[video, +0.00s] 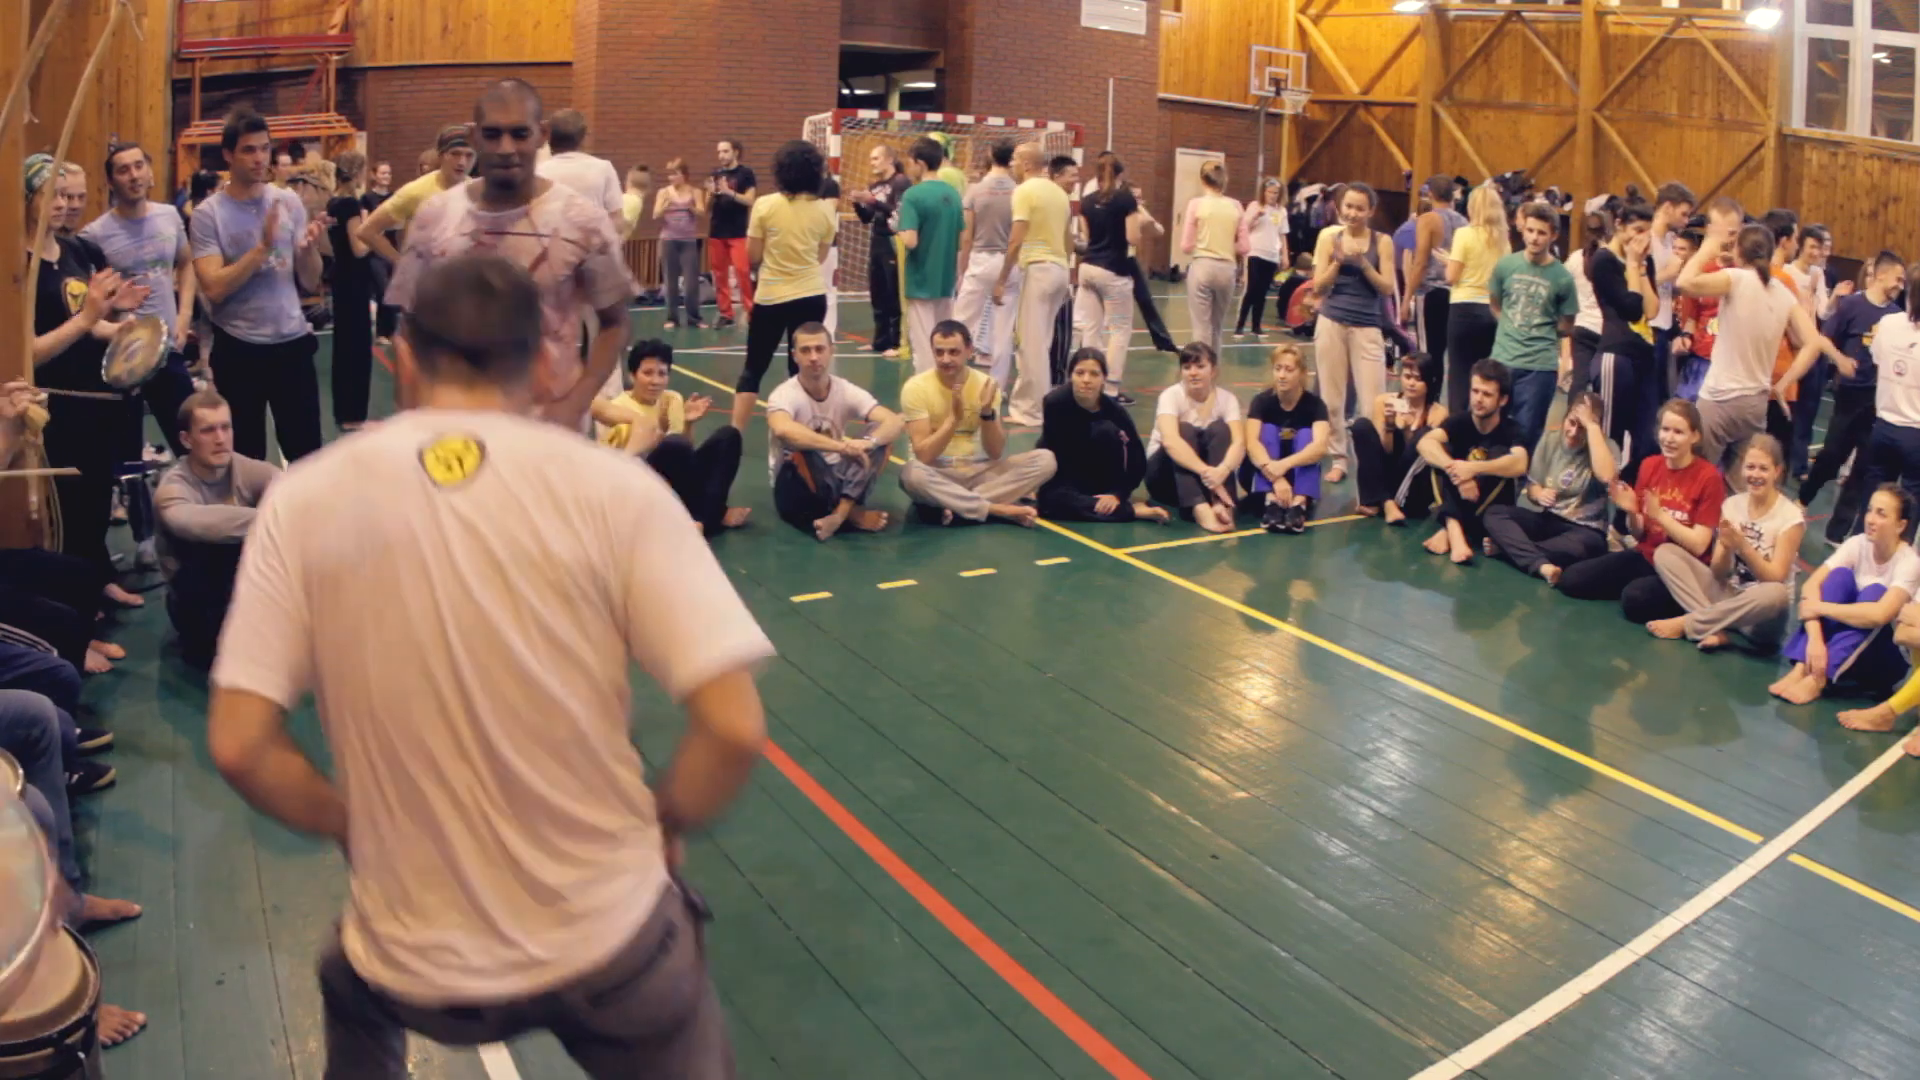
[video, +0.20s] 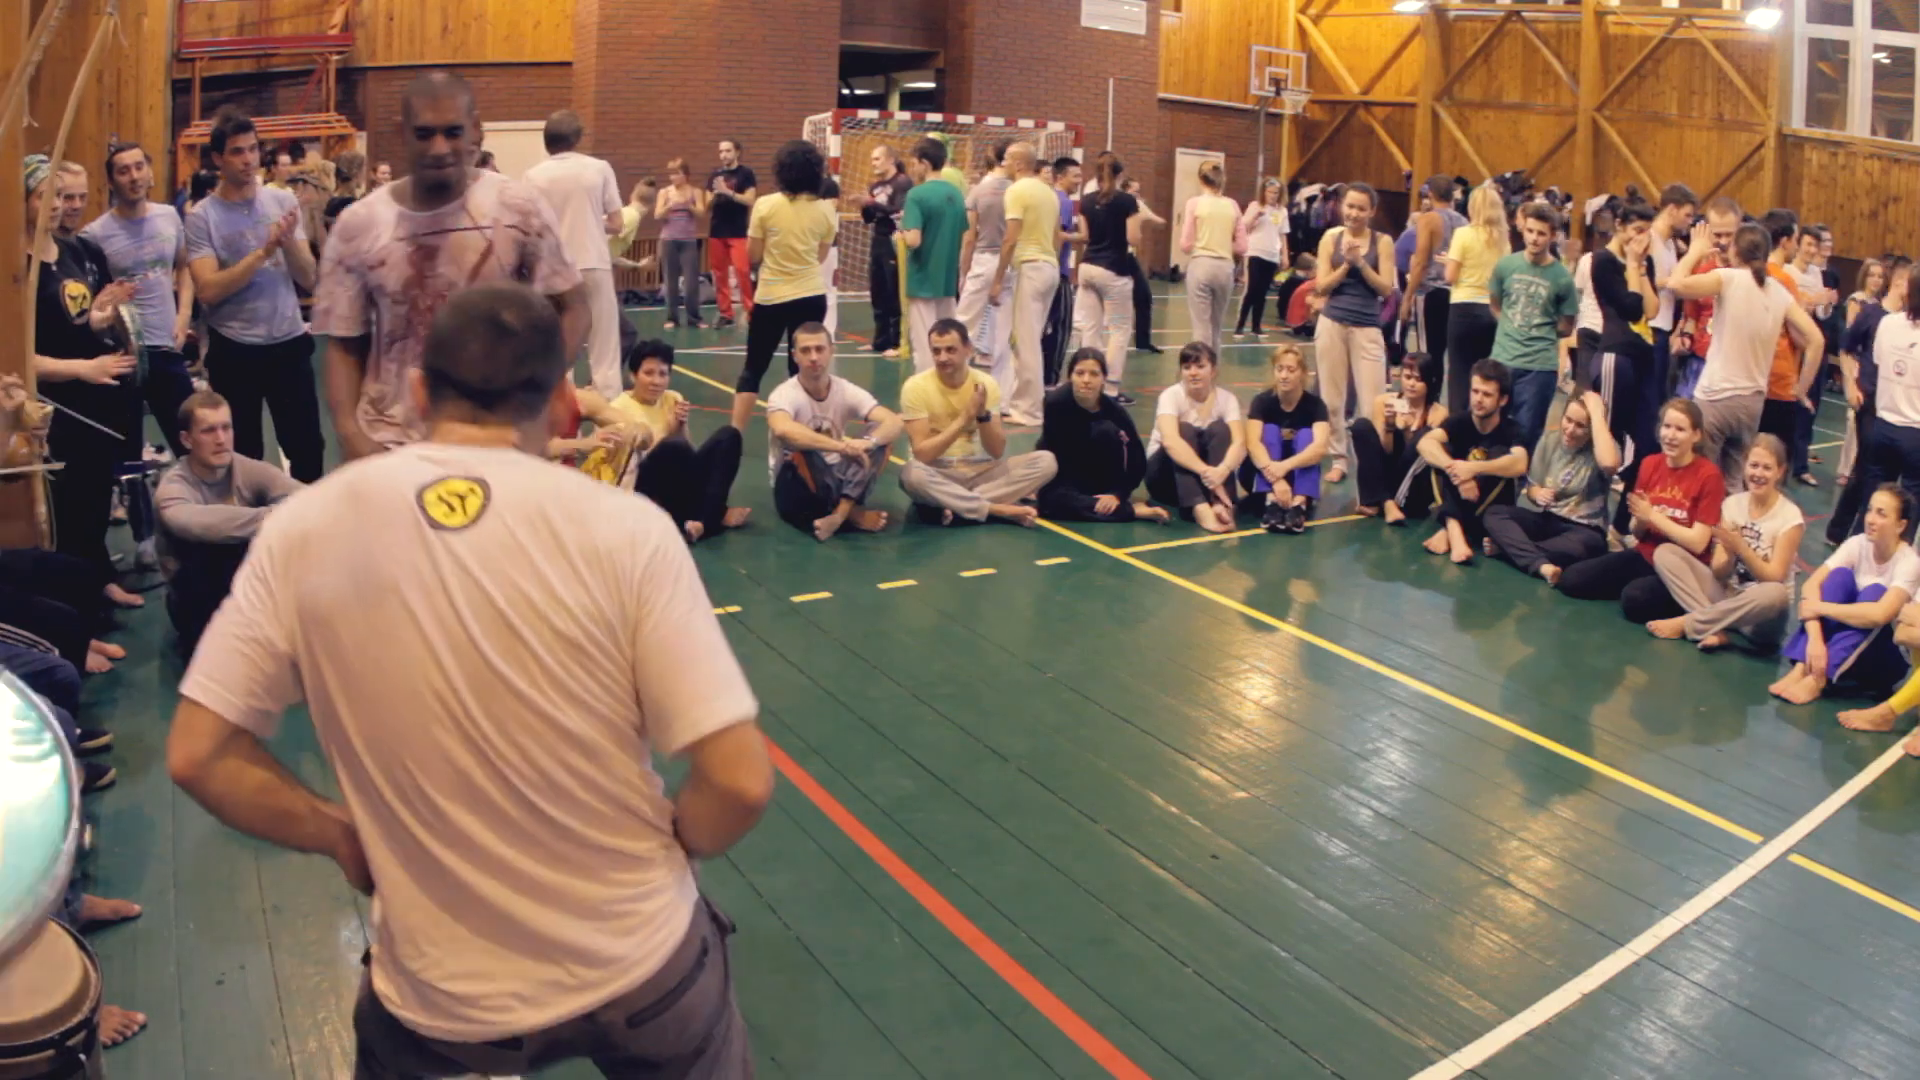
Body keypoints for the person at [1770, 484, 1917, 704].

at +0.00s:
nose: (1870, 519)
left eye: (1881, 514)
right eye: (1869, 511)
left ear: (1901, 526)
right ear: (1864, 513)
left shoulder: (1910, 562)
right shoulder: (1857, 544)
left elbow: (1880, 616)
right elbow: (1810, 586)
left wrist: (1818, 607)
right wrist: (1815, 641)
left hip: (1881, 667)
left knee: (1875, 592)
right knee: (1840, 577)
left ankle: (1817, 678)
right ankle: (1800, 668)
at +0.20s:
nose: (1870, 519)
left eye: (1881, 514)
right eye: (1869, 511)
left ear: (1901, 526)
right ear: (1864, 513)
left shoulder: (1909, 562)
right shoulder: (1857, 544)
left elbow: (1880, 616)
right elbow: (1810, 586)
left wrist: (1818, 607)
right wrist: (1815, 641)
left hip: (1881, 668)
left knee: (1875, 592)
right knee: (1840, 577)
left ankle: (1817, 678)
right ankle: (1800, 668)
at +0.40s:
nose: (1870, 519)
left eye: (1881, 514)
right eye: (1869, 510)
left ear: (1901, 526)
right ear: (1864, 512)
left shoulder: (1910, 562)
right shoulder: (1857, 544)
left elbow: (1880, 616)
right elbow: (1810, 585)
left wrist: (1819, 608)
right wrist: (1815, 641)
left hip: (1881, 667)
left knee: (1875, 592)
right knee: (1840, 577)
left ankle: (1817, 678)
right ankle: (1800, 667)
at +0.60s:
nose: (1870, 519)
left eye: (1881, 514)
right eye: (1869, 511)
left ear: (1901, 526)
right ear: (1865, 513)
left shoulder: (1910, 562)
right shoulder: (1857, 544)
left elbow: (1880, 616)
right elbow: (1810, 585)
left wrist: (1819, 607)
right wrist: (1815, 641)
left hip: (1881, 668)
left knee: (1875, 592)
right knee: (1840, 576)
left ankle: (1817, 678)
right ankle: (1800, 668)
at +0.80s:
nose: (1870, 519)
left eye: (1881, 514)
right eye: (1869, 511)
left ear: (1901, 526)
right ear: (1864, 513)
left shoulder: (1909, 562)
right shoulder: (1857, 544)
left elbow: (1880, 615)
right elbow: (1810, 586)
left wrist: (1819, 607)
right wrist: (1815, 641)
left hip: (1882, 668)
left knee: (1875, 592)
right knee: (1840, 577)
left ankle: (1818, 678)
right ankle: (1800, 667)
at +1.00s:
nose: (1870, 519)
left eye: (1881, 514)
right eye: (1869, 511)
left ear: (1901, 526)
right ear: (1864, 513)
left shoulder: (1910, 562)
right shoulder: (1857, 544)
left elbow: (1880, 616)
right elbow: (1810, 586)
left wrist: (1818, 607)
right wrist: (1815, 641)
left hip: (1882, 667)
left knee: (1875, 592)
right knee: (1840, 576)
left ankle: (1818, 678)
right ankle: (1800, 668)